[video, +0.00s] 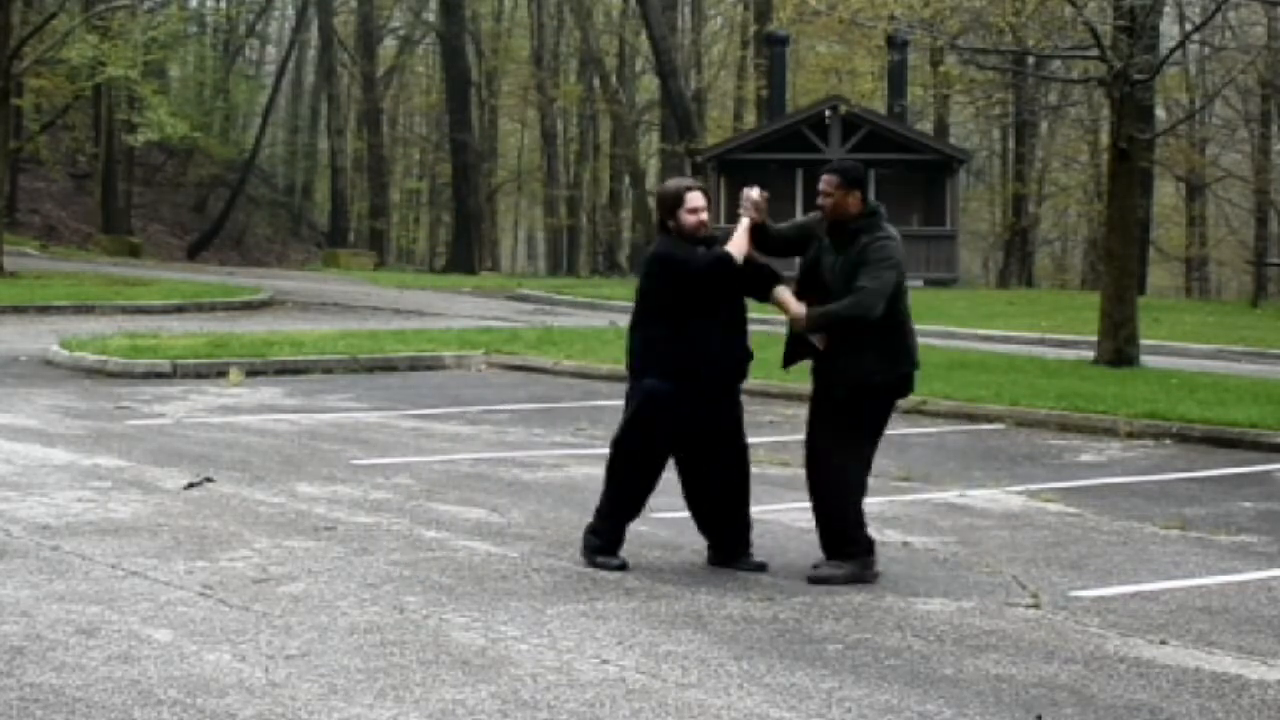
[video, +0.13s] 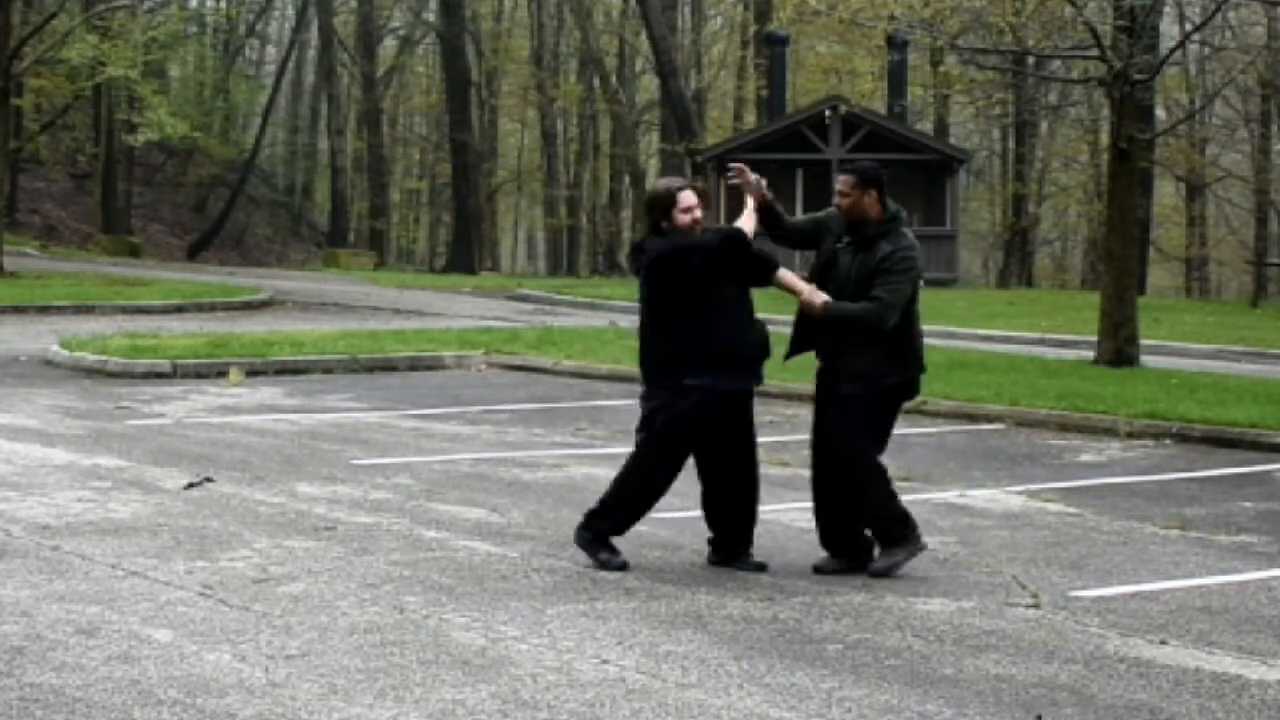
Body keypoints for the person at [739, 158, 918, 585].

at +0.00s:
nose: (820, 202)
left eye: (828, 196)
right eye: (819, 195)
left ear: (855, 198)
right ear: (825, 197)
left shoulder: (881, 243)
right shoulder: (822, 227)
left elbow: (867, 303)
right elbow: (777, 244)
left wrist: (809, 316)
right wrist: (756, 221)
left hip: (876, 371)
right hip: (835, 365)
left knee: (842, 460)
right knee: (820, 460)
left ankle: (856, 557)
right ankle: (839, 554)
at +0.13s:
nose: (838, 203)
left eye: (845, 196)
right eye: (837, 195)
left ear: (871, 197)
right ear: (851, 197)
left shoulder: (900, 249)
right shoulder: (835, 225)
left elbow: (883, 313)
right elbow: (786, 232)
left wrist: (825, 306)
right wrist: (759, 196)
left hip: (883, 370)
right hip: (838, 365)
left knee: (856, 454)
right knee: (828, 458)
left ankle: (900, 537)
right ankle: (847, 550)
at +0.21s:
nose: (850, 201)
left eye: (858, 195)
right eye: (849, 193)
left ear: (884, 197)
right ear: (856, 194)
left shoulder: (908, 247)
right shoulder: (846, 221)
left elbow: (888, 305)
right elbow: (804, 227)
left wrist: (825, 295)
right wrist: (778, 202)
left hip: (891, 370)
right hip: (844, 363)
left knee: (878, 457)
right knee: (831, 461)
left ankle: (915, 532)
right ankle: (850, 550)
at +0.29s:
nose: (860, 199)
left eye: (868, 194)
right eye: (859, 191)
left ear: (894, 197)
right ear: (861, 192)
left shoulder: (913, 245)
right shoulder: (851, 219)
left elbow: (892, 298)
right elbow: (817, 230)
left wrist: (829, 295)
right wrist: (790, 222)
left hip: (898, 369)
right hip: (848, 361)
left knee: (902, 462)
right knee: (837, 459)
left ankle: (911, 540)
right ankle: (850, 549)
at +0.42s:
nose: (872, 204)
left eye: (881, 199)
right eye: (871, 196)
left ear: (905, 203)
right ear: (870, 196)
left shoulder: (923, 248)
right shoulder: (862, 227)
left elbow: (897, 296)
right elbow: (825, 246)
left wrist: (831, 295)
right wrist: (801, 260)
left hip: (903, 373)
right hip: (851, 367)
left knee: (908, 461)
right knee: (835, 453)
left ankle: (904, 543)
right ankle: (848, 546)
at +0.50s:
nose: (874, 205)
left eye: (883, 200)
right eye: (872, 197)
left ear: (906, 204)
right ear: (869, 197)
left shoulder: (924, 250)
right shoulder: (854, 231)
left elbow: (906, 300)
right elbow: (807, 249)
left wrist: (839, 302)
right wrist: (795, 263)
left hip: (903, 378)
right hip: (847, 372)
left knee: (903, 463)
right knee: (828, 455)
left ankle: (903, 543)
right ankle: (841, 540)